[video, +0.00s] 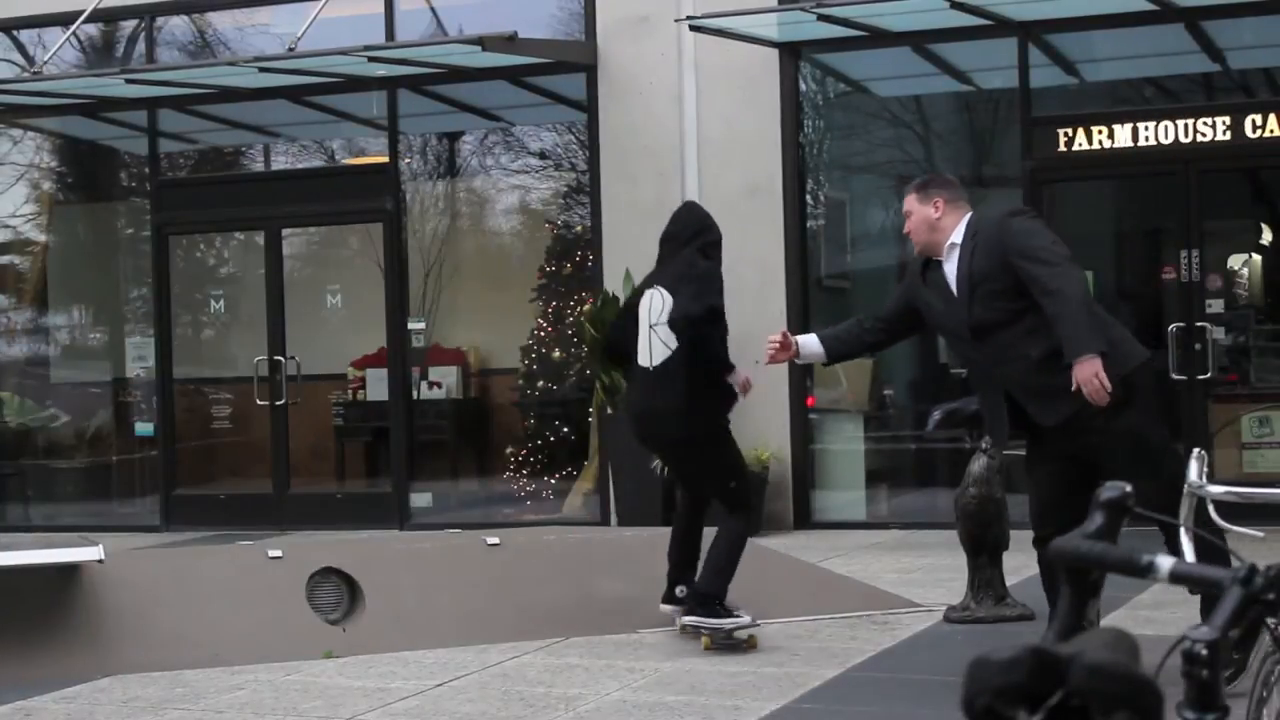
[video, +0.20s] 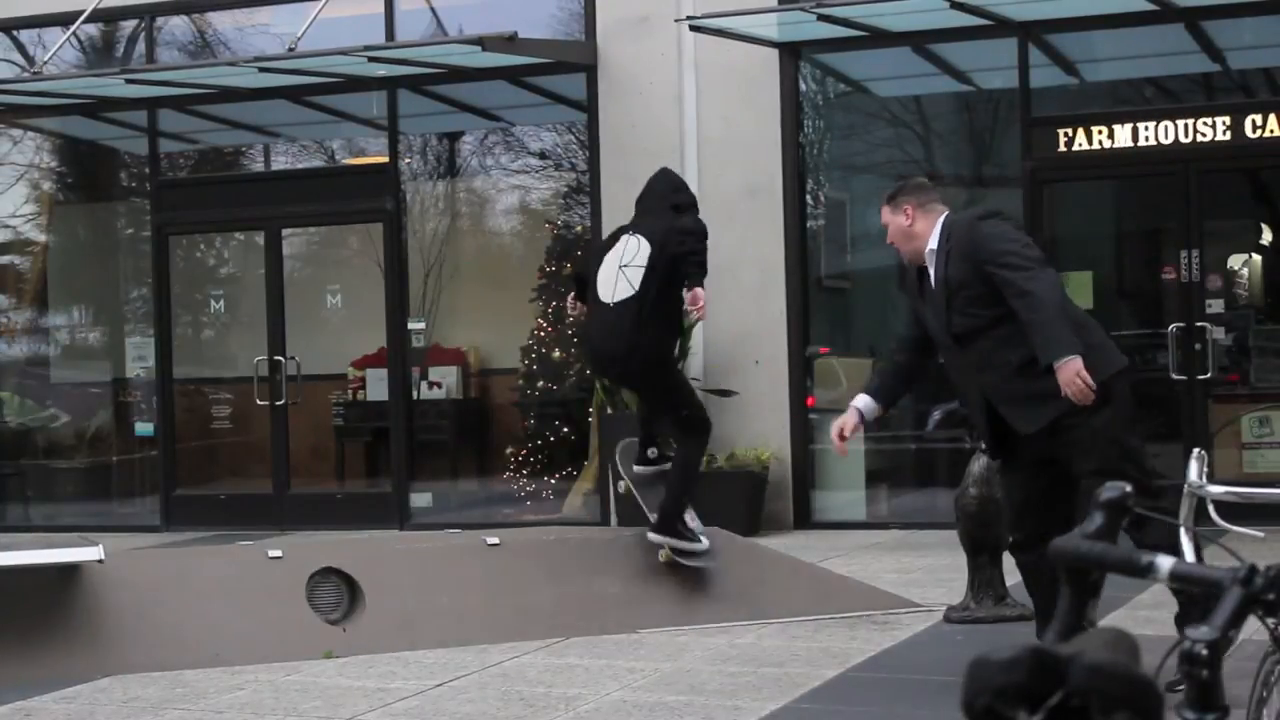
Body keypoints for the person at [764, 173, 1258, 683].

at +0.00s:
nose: (903, 227)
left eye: (908, 215)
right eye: (902, 218)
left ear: (940, 206)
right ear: (930, 213)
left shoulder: (1007, 229)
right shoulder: (926, 280)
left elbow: (1060, 283)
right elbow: (880, 329)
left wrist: (1083, 352)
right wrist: (805, 347)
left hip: (1106, 388)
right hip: (1050, 418)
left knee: (1169, 501)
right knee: (1054, 536)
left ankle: (1231, 603)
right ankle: (1067, 650)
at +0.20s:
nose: (887, 241)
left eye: (888, 228)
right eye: (885, 231)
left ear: (910, 216)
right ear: (914, 218)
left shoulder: (981, 233)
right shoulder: (924, 278)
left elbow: (1036, 284)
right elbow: (913, 350)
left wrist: (1063, 354)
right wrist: (862, 408)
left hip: (1075, 392)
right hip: (1021, 417)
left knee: (1138, 495)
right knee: (1031, 532)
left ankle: (1199, 594)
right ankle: (1064, 645)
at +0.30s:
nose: (883, 229)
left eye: (883, 215)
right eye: (881, 217)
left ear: (902, 205)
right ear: (911, 205)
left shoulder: (972, 228)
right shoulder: (924, 266)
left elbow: (1026, 288)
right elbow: (930, 351)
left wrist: (1052, 360)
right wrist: (916, 425)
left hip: (1062, 396)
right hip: (1013, 416)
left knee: (1097, 513)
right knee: (1034, 532)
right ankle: (1064, 641)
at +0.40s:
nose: (883, 214)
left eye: (881, 202)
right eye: (881, 204)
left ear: (899, 193)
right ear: (914, 189)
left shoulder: (964, 223)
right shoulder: (930, 242)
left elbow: (1008, 297)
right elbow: (953, 335)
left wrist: (1028, 372)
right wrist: (954, 410)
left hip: (1030, 401)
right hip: (1000, 407)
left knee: (1035, 524)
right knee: (1026, 523)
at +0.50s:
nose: (887, 203)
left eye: (886, 191)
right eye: (885, 192)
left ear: (901, 182)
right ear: (930, 177)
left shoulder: (955, 225)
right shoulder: (944, 226)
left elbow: (985, 307)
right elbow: (971, 317)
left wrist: (988, 396)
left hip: (1014, 404)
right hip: (1019, 402)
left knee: (987, 524)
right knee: (1024, 530)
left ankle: (986, 669)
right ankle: (1066, 651)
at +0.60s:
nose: (893, 194)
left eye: (892, 183)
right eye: (893, 183)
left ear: (904, 175)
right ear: (945, 170)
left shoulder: (941, 227)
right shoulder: (976, 213)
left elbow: (953, 320)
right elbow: (1008, 313)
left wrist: (939, 407)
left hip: (982, 408)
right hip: (1017, 402)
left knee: (972, 535)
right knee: (1002, 526)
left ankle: (985, 670)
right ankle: (1061, 636)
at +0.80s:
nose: (899, 174)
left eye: (898, 164)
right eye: (900, 164)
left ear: (909, 158)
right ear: (954, 157)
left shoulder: (930, 217)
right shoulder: (987, 207)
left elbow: (908, 312)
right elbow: (1000, 305)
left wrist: (857, 387)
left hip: (965, 404)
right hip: (1009, 396)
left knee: (975, 536)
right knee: (999, 526)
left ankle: (991, 671)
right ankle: (1028, 657)